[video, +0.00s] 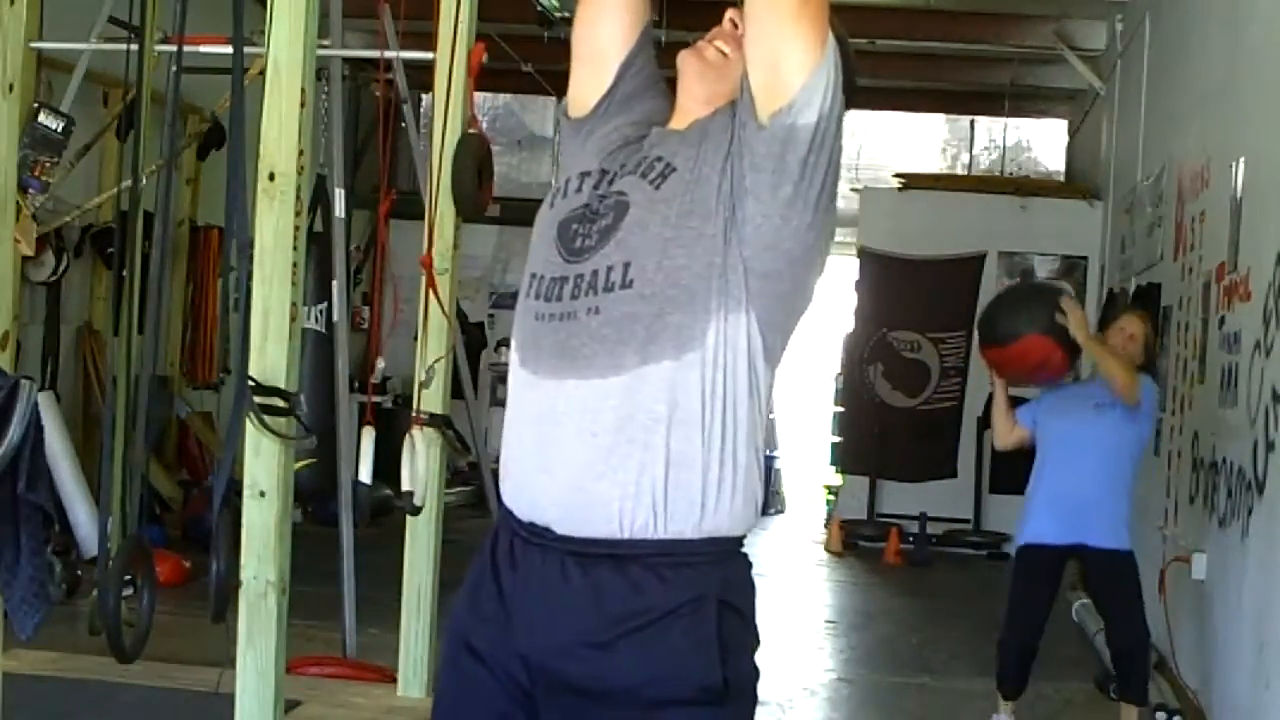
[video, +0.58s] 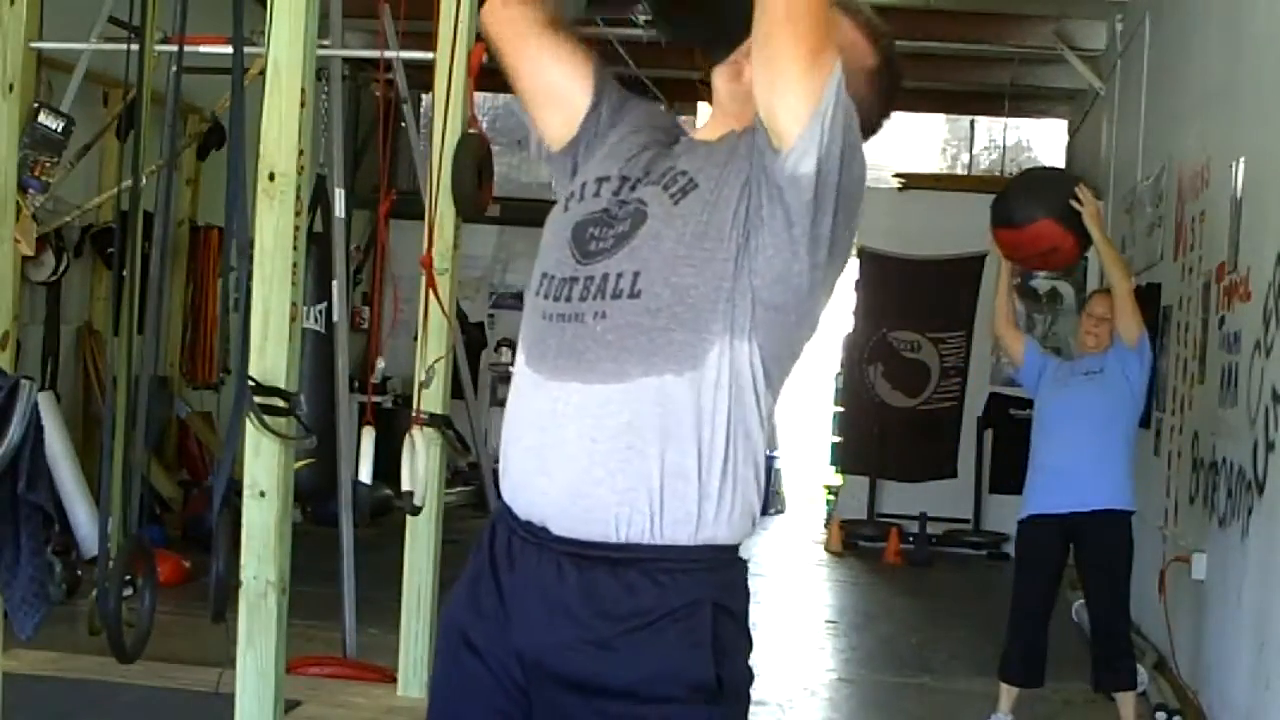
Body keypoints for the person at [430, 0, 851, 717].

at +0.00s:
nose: (728, 24)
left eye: (757, 28)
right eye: (728, 13)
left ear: (774, 77)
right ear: (699, 36)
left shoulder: (775, 161)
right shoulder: (606, 133)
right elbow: (605, 2)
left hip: (667, 601)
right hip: (510, 577)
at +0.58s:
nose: (770, 40)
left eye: (820, 51)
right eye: (799, 32)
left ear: (836, 112)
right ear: (753, 42)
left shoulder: (800, 178)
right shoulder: (615, 136)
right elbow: (510, 12)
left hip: (661, 609)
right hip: (507, 577)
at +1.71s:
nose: (653, 188)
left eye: (686, 163)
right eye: (636, 149)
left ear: (725, 137)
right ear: (600, 102)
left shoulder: (767, 249)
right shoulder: (523, 224)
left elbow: (809, 474)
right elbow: (432, 336)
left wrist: (622, 462)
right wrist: (432, 429)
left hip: (710, 617)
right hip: (546, 602)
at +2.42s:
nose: (544, 587)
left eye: (567, 561)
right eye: (519, 560)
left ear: (622, 487)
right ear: (483, 498)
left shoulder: (740, 525)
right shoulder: (443, 509)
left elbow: (805, 679)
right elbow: (456, 659)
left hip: (732, 672)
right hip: (561, 661)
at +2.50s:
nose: (545, 607)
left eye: (569, 583)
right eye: (520, 581)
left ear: (624, 508)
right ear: (483, 516)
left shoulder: (744, 554)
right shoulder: (447, 522)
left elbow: (799, 709)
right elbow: (459, 688)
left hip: (738, 671)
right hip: (565, 663)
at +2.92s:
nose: (538, 539)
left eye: (562, 511)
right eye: (514, 511)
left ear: (620, 445)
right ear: (485, 458)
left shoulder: (728, 483)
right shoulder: (449, 480)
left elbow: (808, 696)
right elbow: (434, 665)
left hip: (729, 654)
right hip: (565, 645)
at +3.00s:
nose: (527, 468)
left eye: (550, 438)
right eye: (504, 440)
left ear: (608, 382)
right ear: (481, 403)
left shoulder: (707, 413)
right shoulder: (445, 432)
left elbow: (838, 640)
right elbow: (425, 617)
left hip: (727, 654)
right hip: (555, 646)